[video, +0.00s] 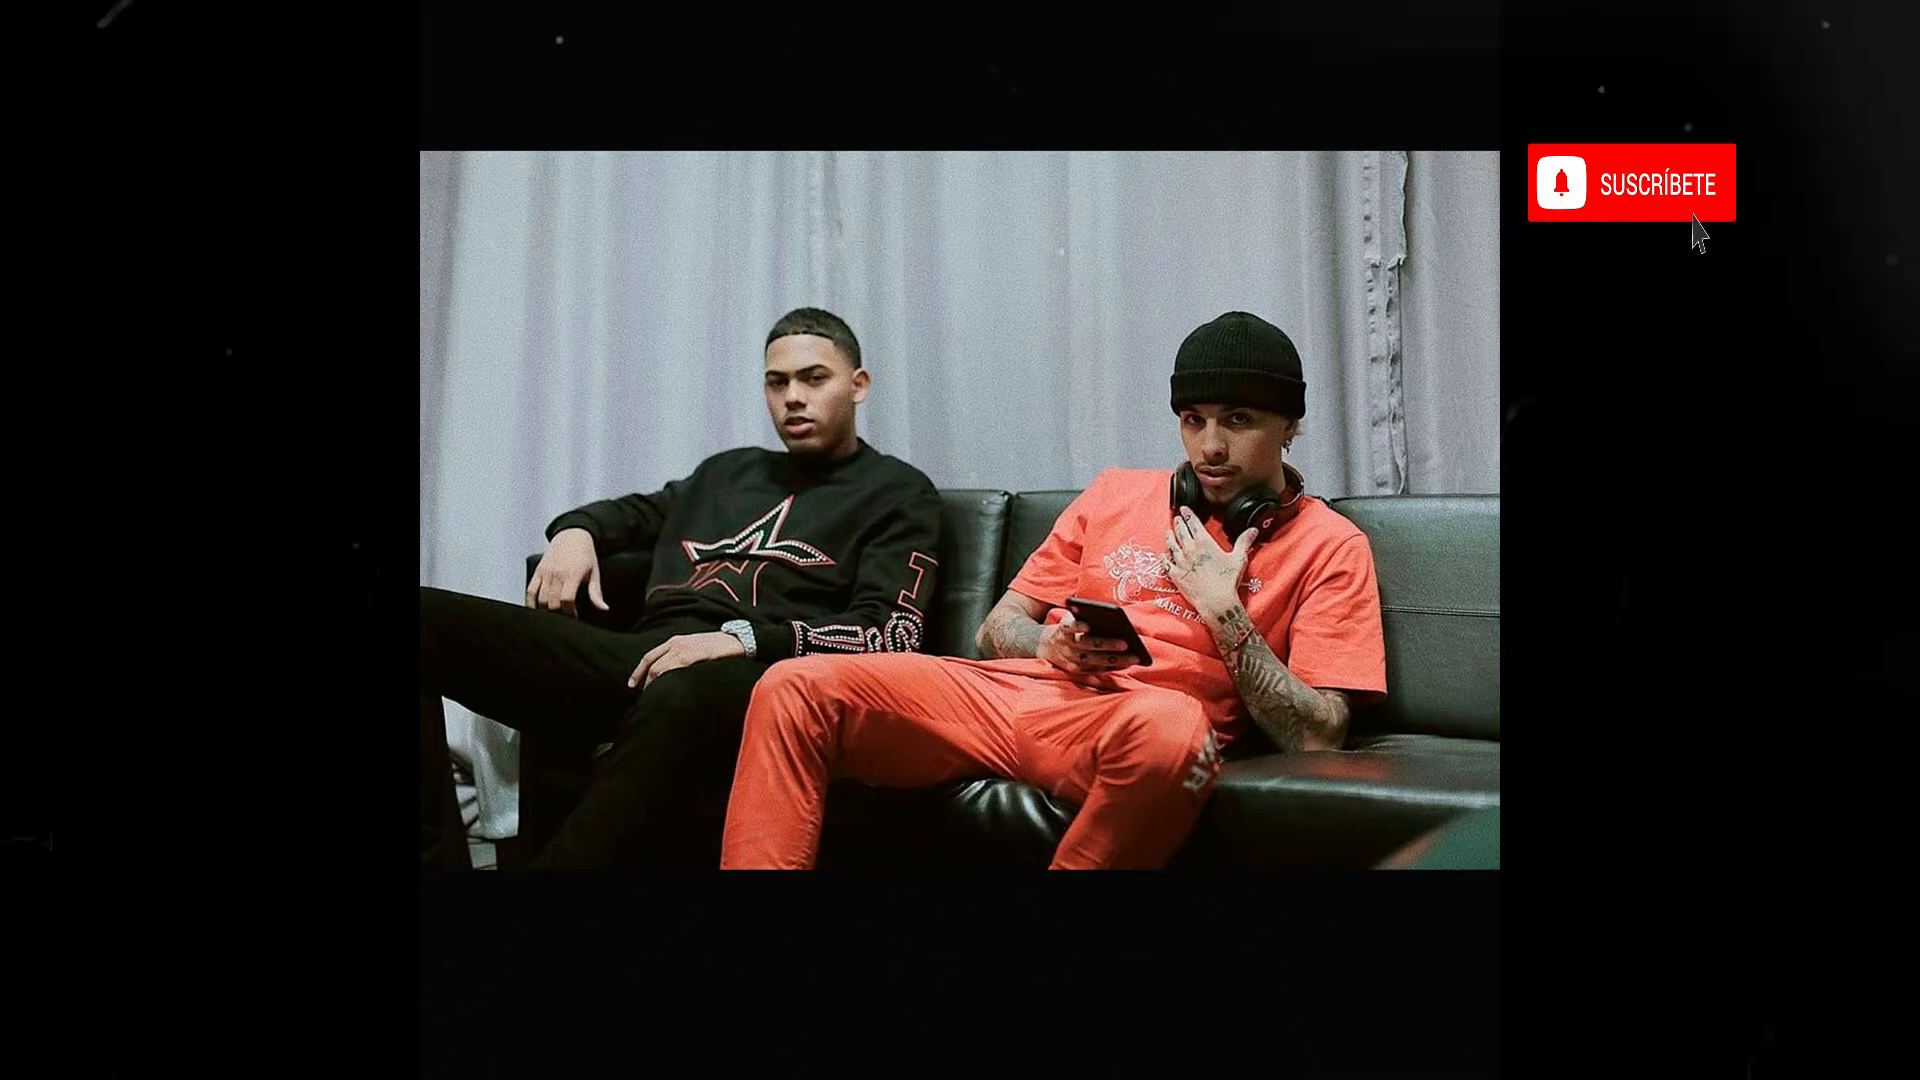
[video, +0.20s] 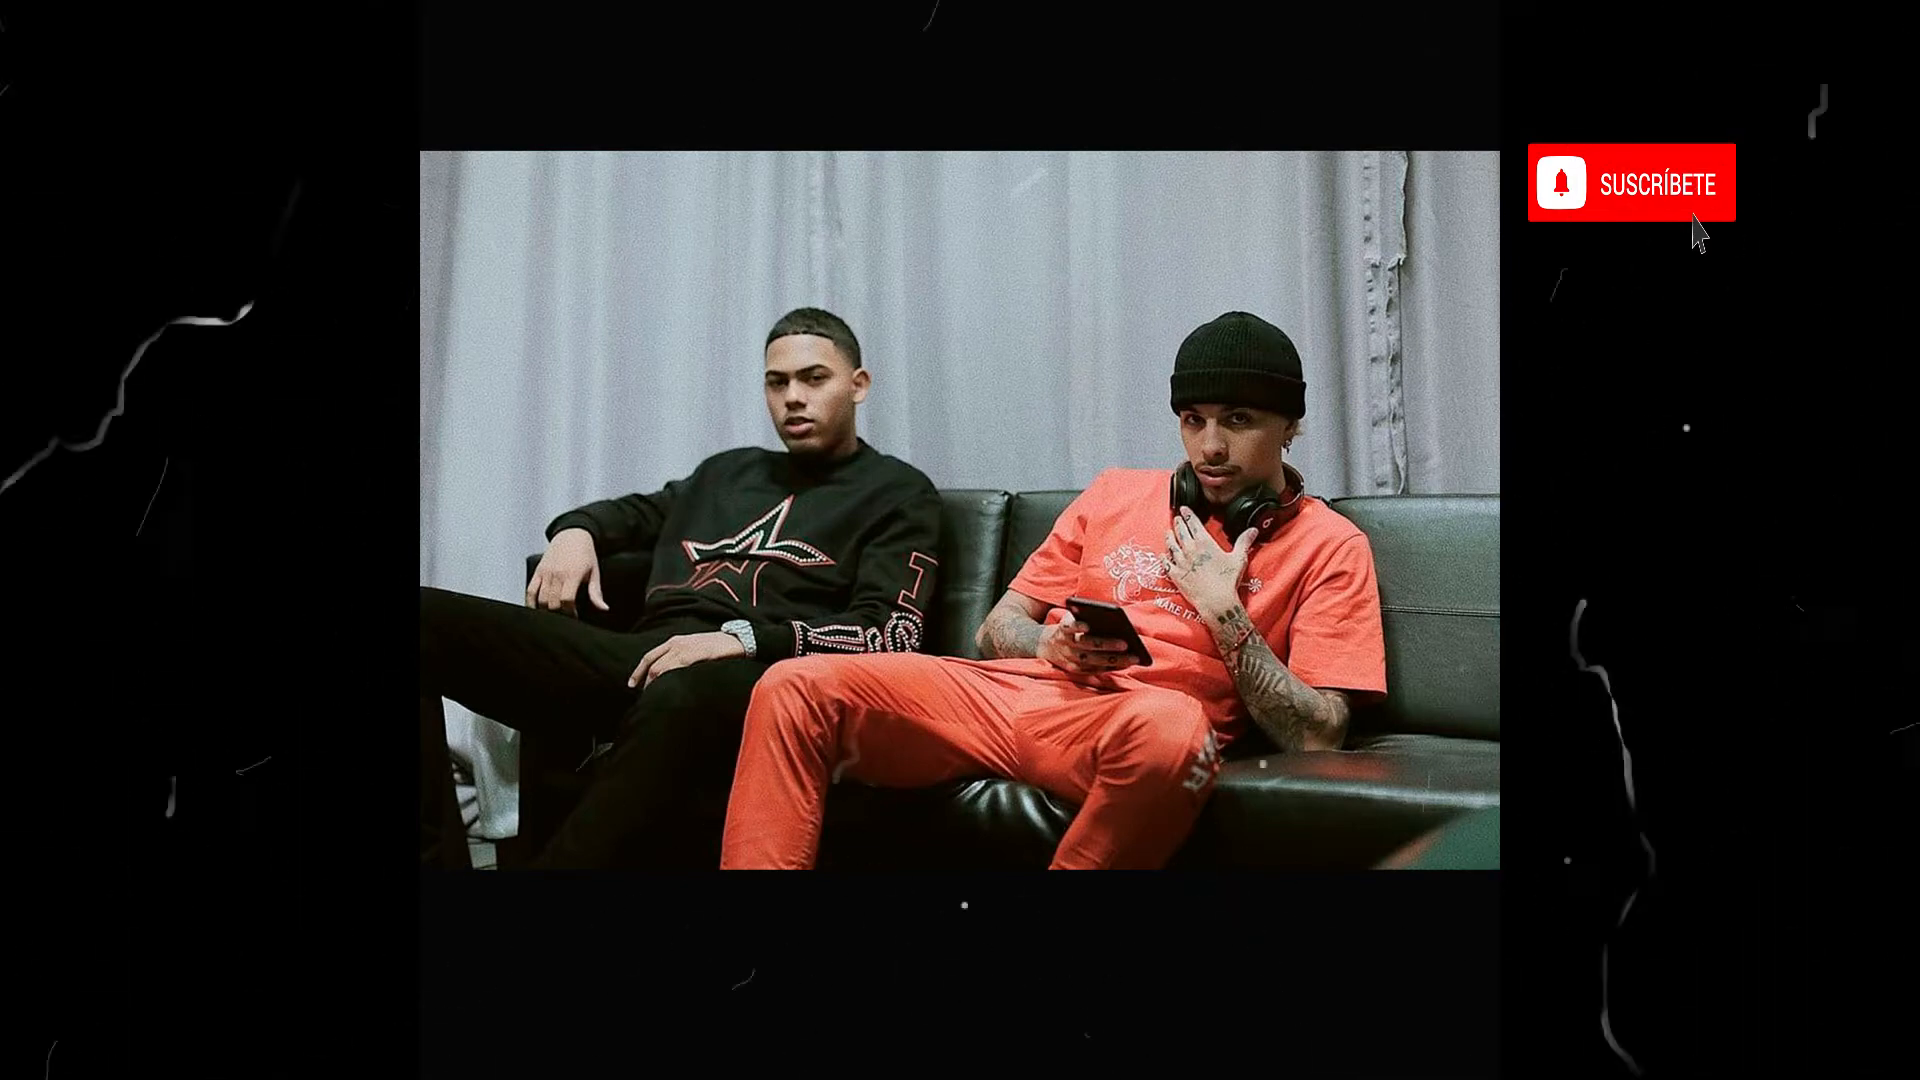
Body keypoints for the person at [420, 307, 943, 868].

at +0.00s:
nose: (793, 399)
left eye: (813, 379)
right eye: (779, 382)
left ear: (859, 385)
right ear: (765, 391)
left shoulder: (899, 494)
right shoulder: (728, 472)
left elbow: (892, 634)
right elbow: (641, 515)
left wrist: (743, 638)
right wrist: (575, 530)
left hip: (769, 681)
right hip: (637, 653)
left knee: (683, 699)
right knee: (424, 617)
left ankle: (561, 872)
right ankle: (441, 857)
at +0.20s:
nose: (793, 399)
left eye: (813, 379)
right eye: (779, 382)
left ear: (859, 385)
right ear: (765, 391)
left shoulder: (899, 493)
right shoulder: (728, 472)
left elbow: (892, 635)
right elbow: (640, 515)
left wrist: (745, 638)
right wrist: (575, 530)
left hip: (770, 680)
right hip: (637, 653)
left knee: (683, 699)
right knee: (426, 617)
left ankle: (560, 871)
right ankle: (441, 857)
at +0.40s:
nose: (793, 399)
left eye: (813, 378)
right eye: (779, 382)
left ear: (859, 385)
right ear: (765, 391)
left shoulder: (900, 494)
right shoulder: (728, 472)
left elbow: (893, 636)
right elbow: (640, 515)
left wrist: (744, 638)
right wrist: (575, 530)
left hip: (772, 681)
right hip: (640, 654)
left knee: (681, 700)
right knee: (430, 618)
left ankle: (561, 872)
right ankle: (441, 858)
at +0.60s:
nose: (793, 399)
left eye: (813, 379)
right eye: (779, 382)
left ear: (859, 385)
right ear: (765, 391)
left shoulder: (899, 493)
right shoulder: (728, 472)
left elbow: (892, 635)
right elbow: (640, 515)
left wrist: (745, 638)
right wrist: (575, 530)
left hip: (771, 680)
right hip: (638, 653)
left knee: (681, 699)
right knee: (426, 617)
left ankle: (562, 871)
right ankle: (441, 856)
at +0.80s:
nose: (793, 399)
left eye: (813, 379)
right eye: (779, 382)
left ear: (859, 385)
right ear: (765, 391)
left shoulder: (899, 493)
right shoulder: (728, 472)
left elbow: (892, 634)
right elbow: (640, 515)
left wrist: (745, 638)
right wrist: (575, 530)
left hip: (771, 681)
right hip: (638, 654)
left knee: (683, 699)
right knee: (426, 617)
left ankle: (562, 871)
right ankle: (440, 856)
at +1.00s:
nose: (793, 399)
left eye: (814, 378)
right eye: (779, 382)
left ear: (859, 385)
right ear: (765, 390)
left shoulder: (899, 494)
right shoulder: (728, 471)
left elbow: (893, 635)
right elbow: (642, 515)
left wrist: (742, 639)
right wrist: (575, 530)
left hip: (770, 681)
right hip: (637, 653)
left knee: (682, 701)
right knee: (424, 617)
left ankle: (562, 871)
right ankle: (441, 856)